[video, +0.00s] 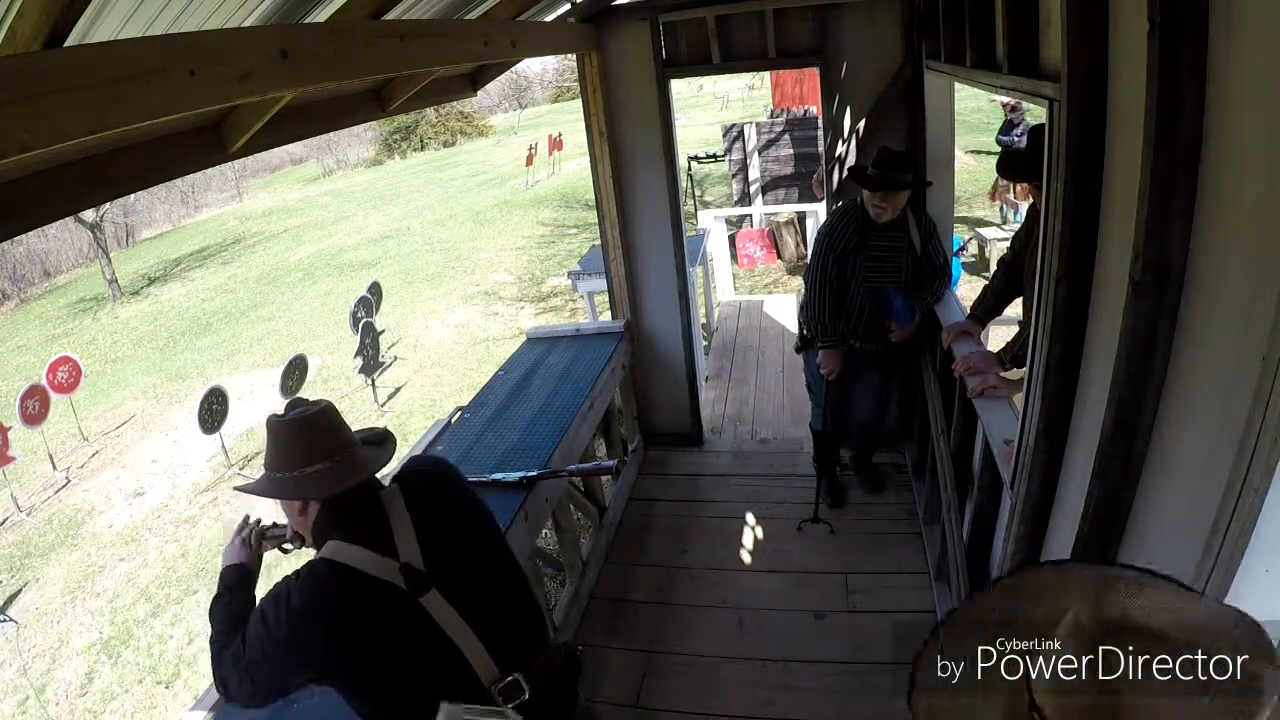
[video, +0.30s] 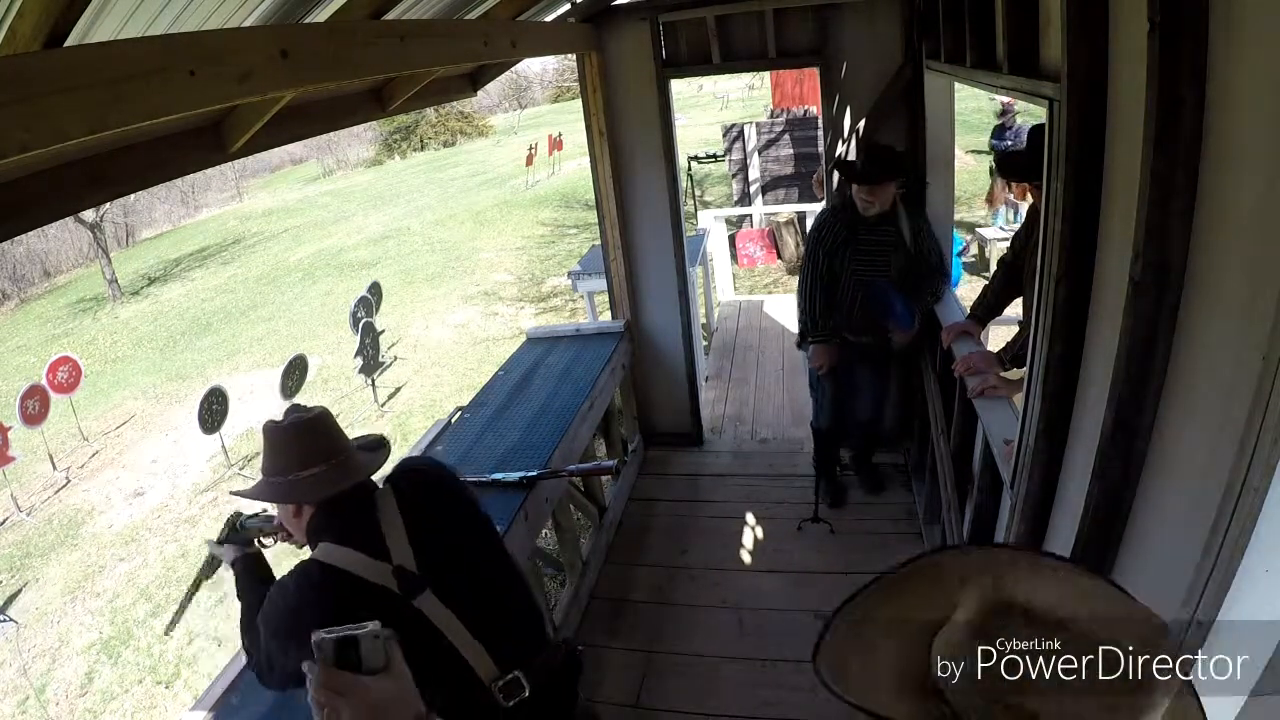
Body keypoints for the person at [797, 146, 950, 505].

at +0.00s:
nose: (880, 199)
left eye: (890, 191)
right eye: (873, 190)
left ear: (908, 193)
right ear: (862, 187)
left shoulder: (921, 227)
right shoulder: (841, 225)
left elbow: (939, 278)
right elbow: (819, 285)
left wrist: (915, 318)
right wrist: (828, 343)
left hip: (886, 341)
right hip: (834, 339)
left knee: (878, 406)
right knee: (829, 411)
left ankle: (864, 460)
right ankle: (827, 473)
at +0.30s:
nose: (867, 192)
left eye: (877, 185)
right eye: (861, 183)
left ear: (897, 186)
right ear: (851, 181)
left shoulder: (912, 224)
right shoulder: (831, 224)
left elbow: (935, 276)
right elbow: (811, 283)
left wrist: (913, 316)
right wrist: (817, 338)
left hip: (884, 338)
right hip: (835, 336)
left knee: (877, 406)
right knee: (830, 411)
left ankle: (865, 461)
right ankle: (827, 473)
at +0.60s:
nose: (849, 175)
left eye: (860, 167)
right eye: (844, 166)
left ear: (882, 170)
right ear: (838, 167)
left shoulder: (905, 215)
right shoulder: (820, 213)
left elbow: (938, 264)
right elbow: (795, 266)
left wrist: (916, 315)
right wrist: (792, 317)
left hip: (882, 333)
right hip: (831, 331)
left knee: (872, 404)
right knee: (829, 404)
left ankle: (865, 462)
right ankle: (826, 473)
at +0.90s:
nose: (838, 174)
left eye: (847, 166)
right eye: (834, 166)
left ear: (871, 166)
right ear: (830, 168)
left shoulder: (898, 206)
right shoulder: (820, 212)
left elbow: (948, 238)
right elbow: (796, 263)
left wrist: (933, 295)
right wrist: (788, 313)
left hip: (883, 330)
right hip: (832, 330)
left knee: (872, 403)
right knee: (832, 404)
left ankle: (865, 460)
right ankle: (826, 471)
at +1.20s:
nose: (842, 181)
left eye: (851, 173)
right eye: (838, 173)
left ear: (872, 171)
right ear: (833, 173)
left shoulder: (900, 208)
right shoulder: (821, 214)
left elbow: (950, 240)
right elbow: (798, 267)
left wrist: (937, 297)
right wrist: (789, 318)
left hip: (886, 331)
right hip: (835, 330)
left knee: (874, 403)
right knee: (833, 403)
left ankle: (865, 460)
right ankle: (826, 470)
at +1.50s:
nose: (872, 203)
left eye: (879, 196)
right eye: (864, 196)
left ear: (890, 189)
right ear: (849, 186)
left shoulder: (909, 212)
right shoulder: (826, 213)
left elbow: (951, 244)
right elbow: (798, 263)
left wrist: (937, 297)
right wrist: (787, 317)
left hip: (888, 333)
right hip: (836, 333)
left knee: (874, 404)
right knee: (829, 405)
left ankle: (865, 462)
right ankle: (823, 474)